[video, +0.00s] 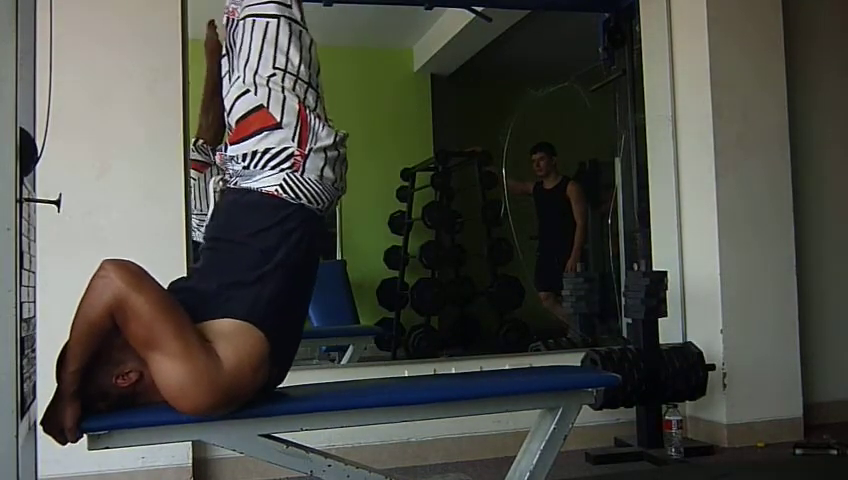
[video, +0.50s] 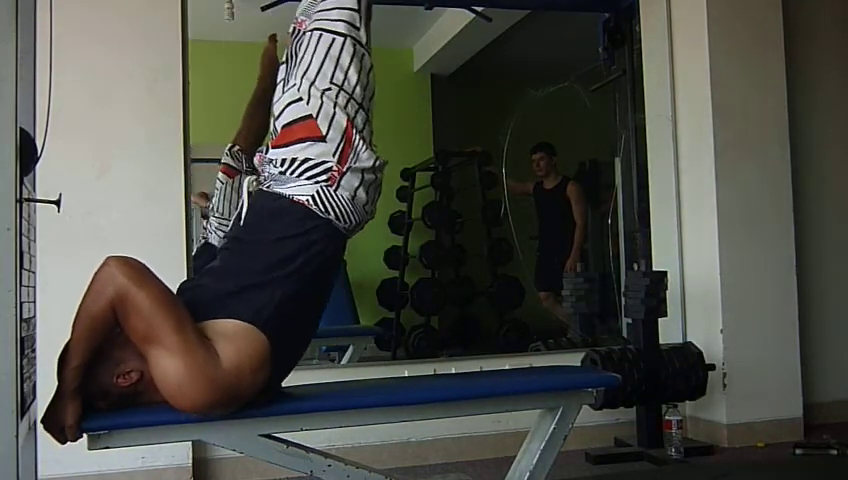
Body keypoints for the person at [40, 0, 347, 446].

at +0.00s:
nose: (124, 340)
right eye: (116, 350)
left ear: (124, 378)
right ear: (126, 373)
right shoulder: (193, 381)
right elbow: (113, 277)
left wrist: (214, 64)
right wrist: (69, 389)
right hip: (285, 180)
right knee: (259, 6)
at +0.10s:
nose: (126, 335)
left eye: (113, 341)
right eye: (118, 346)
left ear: (125, 379)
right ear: (126, 373)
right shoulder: (193, 380)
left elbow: (213, 147)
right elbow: (113, 277)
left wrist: (224, 58)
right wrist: (68, 390)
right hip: (293, 180)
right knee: (275, 5)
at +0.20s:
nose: (130, 334)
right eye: (120, 344)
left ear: (126, 379)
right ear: (126, 373)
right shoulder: (192, 380)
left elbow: (218, 156)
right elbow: (114, 277)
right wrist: (68, 388)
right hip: (299, 182)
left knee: (215, 169)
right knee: (286, 5)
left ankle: (235, 73)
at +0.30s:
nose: (129, 334)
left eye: (115, 340)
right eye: (120, 344)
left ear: (126, 379)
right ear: (125, 374)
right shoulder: (191, 379)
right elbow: (115, 275)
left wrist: (244, 80)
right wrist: (67, 388)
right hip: (303, 185)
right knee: (299, 6)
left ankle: (244, 79)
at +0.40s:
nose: (128, 334)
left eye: (112, 340)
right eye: (118, 343)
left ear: (127, 378)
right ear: (125, 374)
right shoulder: (193, 380)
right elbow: (117, 274)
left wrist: (254, 83)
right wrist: (68, 387)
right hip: (309, 188)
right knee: (314, 7)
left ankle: (255, 80)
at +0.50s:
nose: (129, 334)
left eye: (114, 340)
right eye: (119, 343)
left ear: (127, 378)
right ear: (126, 374)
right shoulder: (193, 378)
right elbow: (116, 274)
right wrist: (68, 388)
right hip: (313, 187)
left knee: (232, 176)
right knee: (330, 9)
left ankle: (267, 83)